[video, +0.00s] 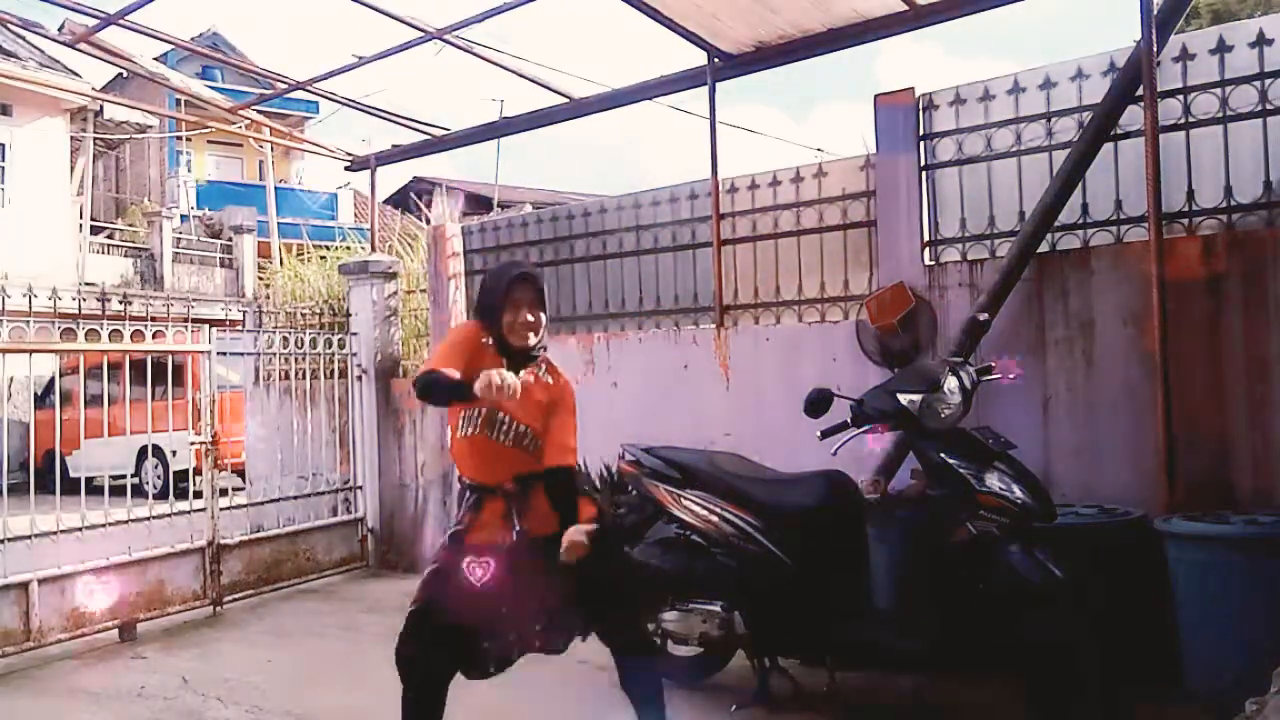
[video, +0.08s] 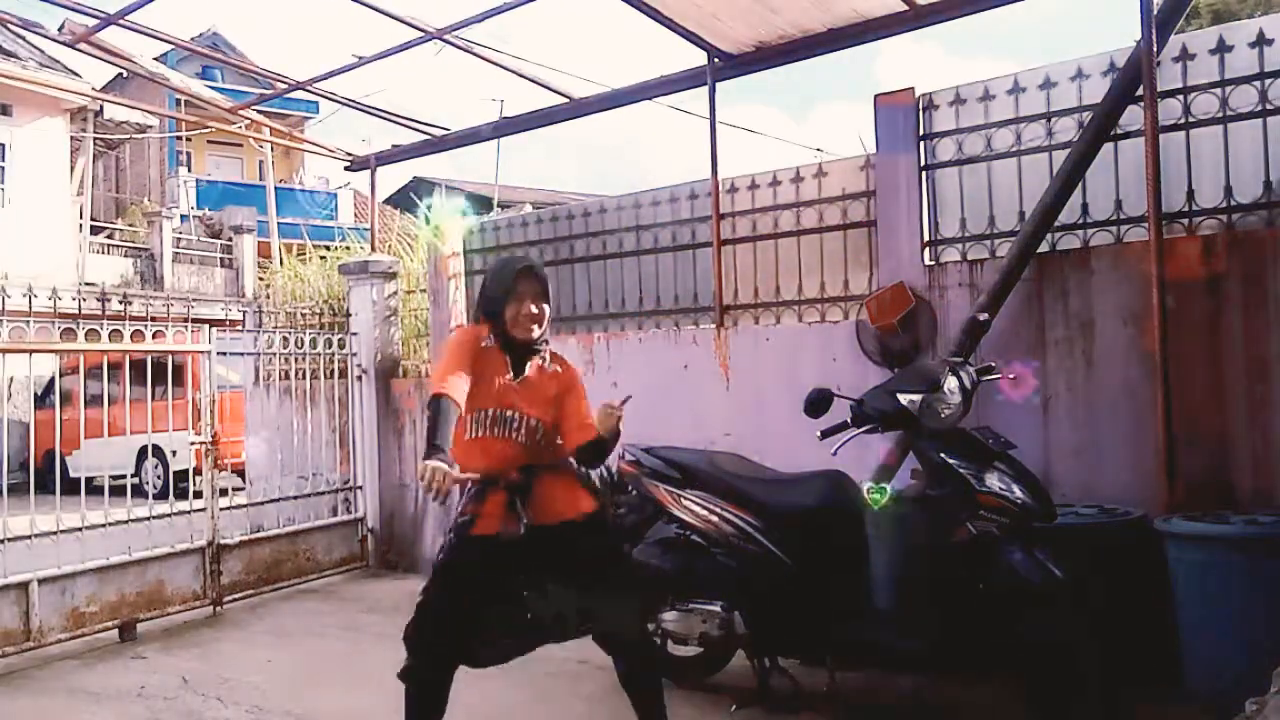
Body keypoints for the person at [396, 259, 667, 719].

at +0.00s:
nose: (528, 316)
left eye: (536, 307)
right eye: (515, 306)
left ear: (545, 315)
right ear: (493, 312)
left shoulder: (554, 385)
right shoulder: (471, 338)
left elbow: (560, 466)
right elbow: (427, 384)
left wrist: (572, 524)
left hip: (548, 516)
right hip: (481, 517)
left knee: (626, 619)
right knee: (420, 647)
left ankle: (652, 716)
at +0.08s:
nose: (532, 310)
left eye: (540, 300)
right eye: (519, 301)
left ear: (548, 308)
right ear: (496, 307)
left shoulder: (562, 373)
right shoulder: (470, 342)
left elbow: (586, 455)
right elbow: (445, 395)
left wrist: (606, 435)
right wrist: (437, 455)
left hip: (568, 519)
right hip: (487, 519)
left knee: (627, 631)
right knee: (428, 639)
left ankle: (654, 714)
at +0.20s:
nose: (546, 279)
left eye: (553, 268)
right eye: (533, 269)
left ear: (563, 275)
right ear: (510, 276)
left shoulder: (581, 335)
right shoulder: (484, 329)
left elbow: (627, 407)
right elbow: (448, 409)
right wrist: (416, 481)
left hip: (570, 489)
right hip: (493, 491)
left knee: (622, 612)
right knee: (444, 624)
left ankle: (658, 714)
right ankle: (418, 717)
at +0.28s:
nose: (559, 280)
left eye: (566, 269)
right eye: (545, 271)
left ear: (577, 275)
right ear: (524, 280)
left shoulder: (601, 331)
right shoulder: (503, 339)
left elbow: (661, 390)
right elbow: (465, 428)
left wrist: (661, 322)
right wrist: (420, 507)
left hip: (582, 511)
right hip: (508, 512)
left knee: (635, 629)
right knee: (451, 634)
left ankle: (657, 715)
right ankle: (418, 718)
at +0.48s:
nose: (570, 291)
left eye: (577, 280)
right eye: (556, 282)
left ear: (589, 287)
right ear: (535, 291)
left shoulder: (612, 353)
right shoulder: (511, 353)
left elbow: (656, 422)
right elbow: (466, 416)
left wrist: (675, 361)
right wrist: (441, 464)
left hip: (597, 513)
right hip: (520, 513)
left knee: (643, 632)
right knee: (465, 634)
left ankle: (657, 717)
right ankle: (425, 719)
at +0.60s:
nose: (574, 267)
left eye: (582, 256)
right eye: (561, 258)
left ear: (594, 264)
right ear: (541, 267)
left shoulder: (622, 319)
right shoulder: (518, 331)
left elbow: (702, 335)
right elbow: (486, 420)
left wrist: (676, 271)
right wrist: (439, 496)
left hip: (599, 497)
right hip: (521, 496)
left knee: (641, 618)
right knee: (464, 617)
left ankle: (659, 715)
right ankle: (416, 716)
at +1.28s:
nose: (531, 270)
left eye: (540, 259)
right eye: (519, 261)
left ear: (555, 266)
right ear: (500, 270)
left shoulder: (581, 325)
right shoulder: (475, 330)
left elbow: (643, 372)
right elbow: (429, 409)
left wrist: (632, 299)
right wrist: (386, 478)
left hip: (575, 492)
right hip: (497, 497)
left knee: (627, 610)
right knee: (452, 627)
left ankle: (659, 714)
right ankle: (425, 718)